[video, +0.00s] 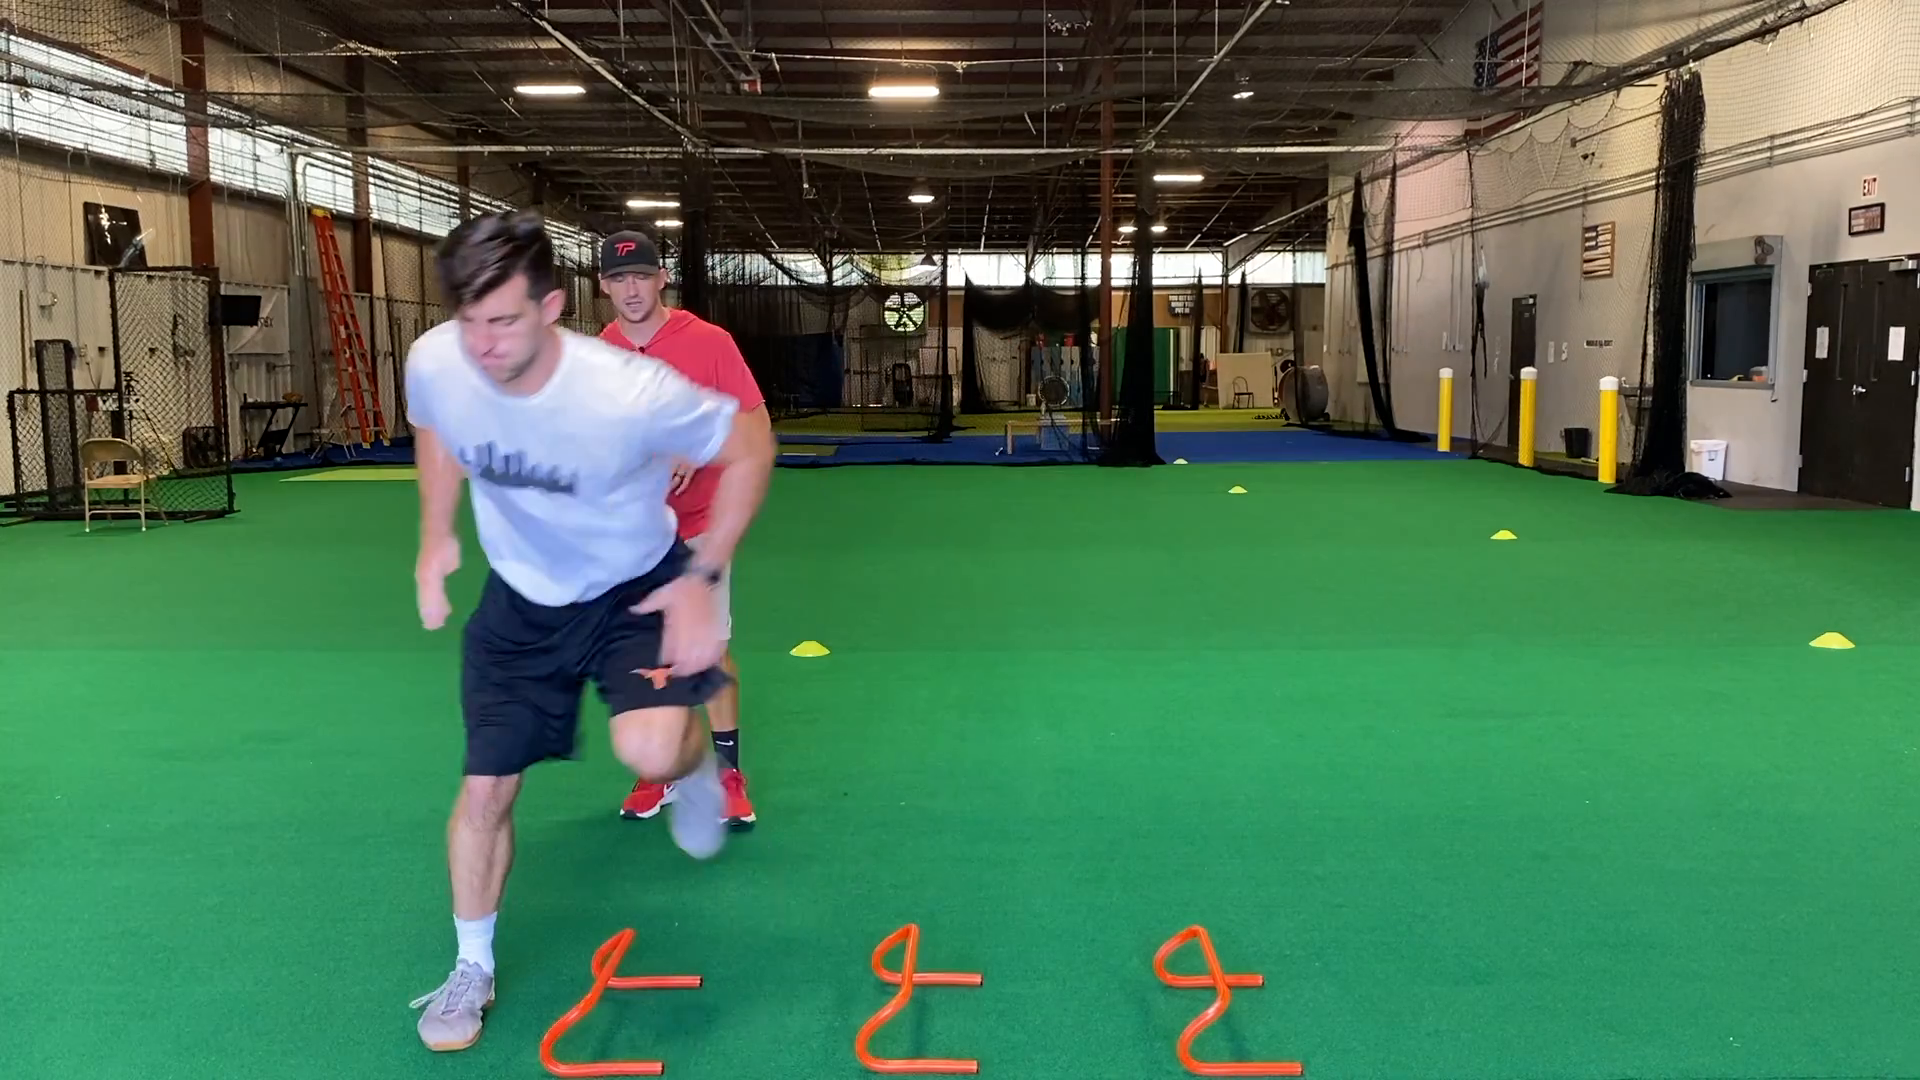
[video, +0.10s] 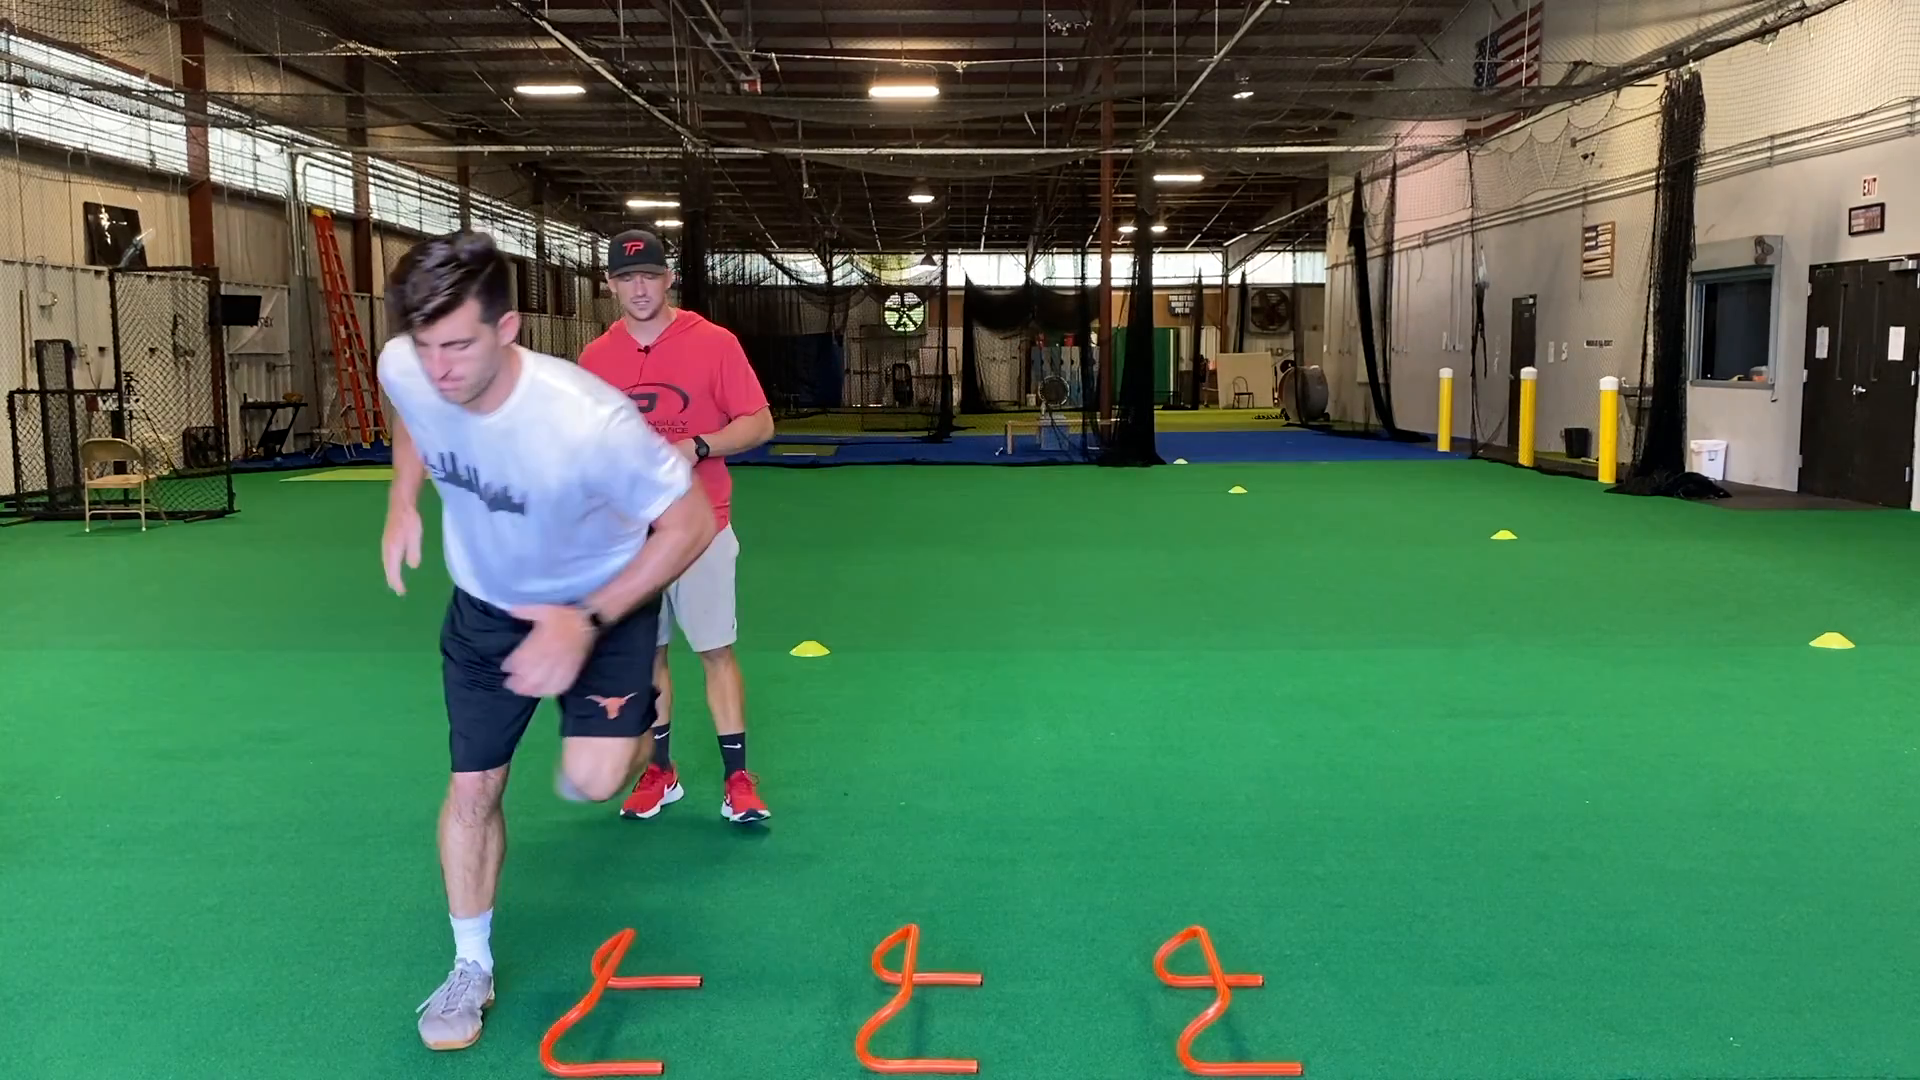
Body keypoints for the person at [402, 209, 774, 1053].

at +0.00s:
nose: (484, 341)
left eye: (504, 320)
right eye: (471, 320)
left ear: (553, 307)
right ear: (453, 311)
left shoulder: (630, 391)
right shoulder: (436, 364)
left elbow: (752, 438)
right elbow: (436, 432)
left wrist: (705, 567)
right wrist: (437, 539)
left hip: (638, 590)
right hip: (519, 597)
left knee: (649, 750)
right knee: (487, 784)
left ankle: (696, 762)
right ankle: (472, 969)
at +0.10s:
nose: (440, 367)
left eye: (459, 345)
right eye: (427, 347)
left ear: (508, 328)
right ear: (410, 336)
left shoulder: (590, 419)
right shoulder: (405, 368)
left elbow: (694, 519)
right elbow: (413, 423)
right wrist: (402, 503)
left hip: (606, 605)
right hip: (485, 606)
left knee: (592, 784)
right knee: (473, 784)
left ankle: (646, 693)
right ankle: (471, 966)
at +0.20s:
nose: (412, 384)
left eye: (431, 362)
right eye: (397, 365)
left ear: (479, 342)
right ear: (380, 356)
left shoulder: (560, 434)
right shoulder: (383, 375)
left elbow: (656, 557)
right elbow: (387, 410)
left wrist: (527, 620)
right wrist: (386, 475)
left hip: (588, 605)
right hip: (470, 601)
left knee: (574, 786)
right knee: (463, 782)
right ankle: (468, 968)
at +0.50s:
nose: (394, 392)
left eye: (412, 370)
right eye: (379, 373)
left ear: (459, 348)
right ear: (360, 365)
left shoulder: (543, 441)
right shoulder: (360, 383)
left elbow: (640, 557)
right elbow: (375, 434)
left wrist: (514, 624)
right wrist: (375, 486)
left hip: (571, 605)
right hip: (454, 603)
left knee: (565, 783)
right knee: (449, 781)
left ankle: (529, 762)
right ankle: (464, 965)